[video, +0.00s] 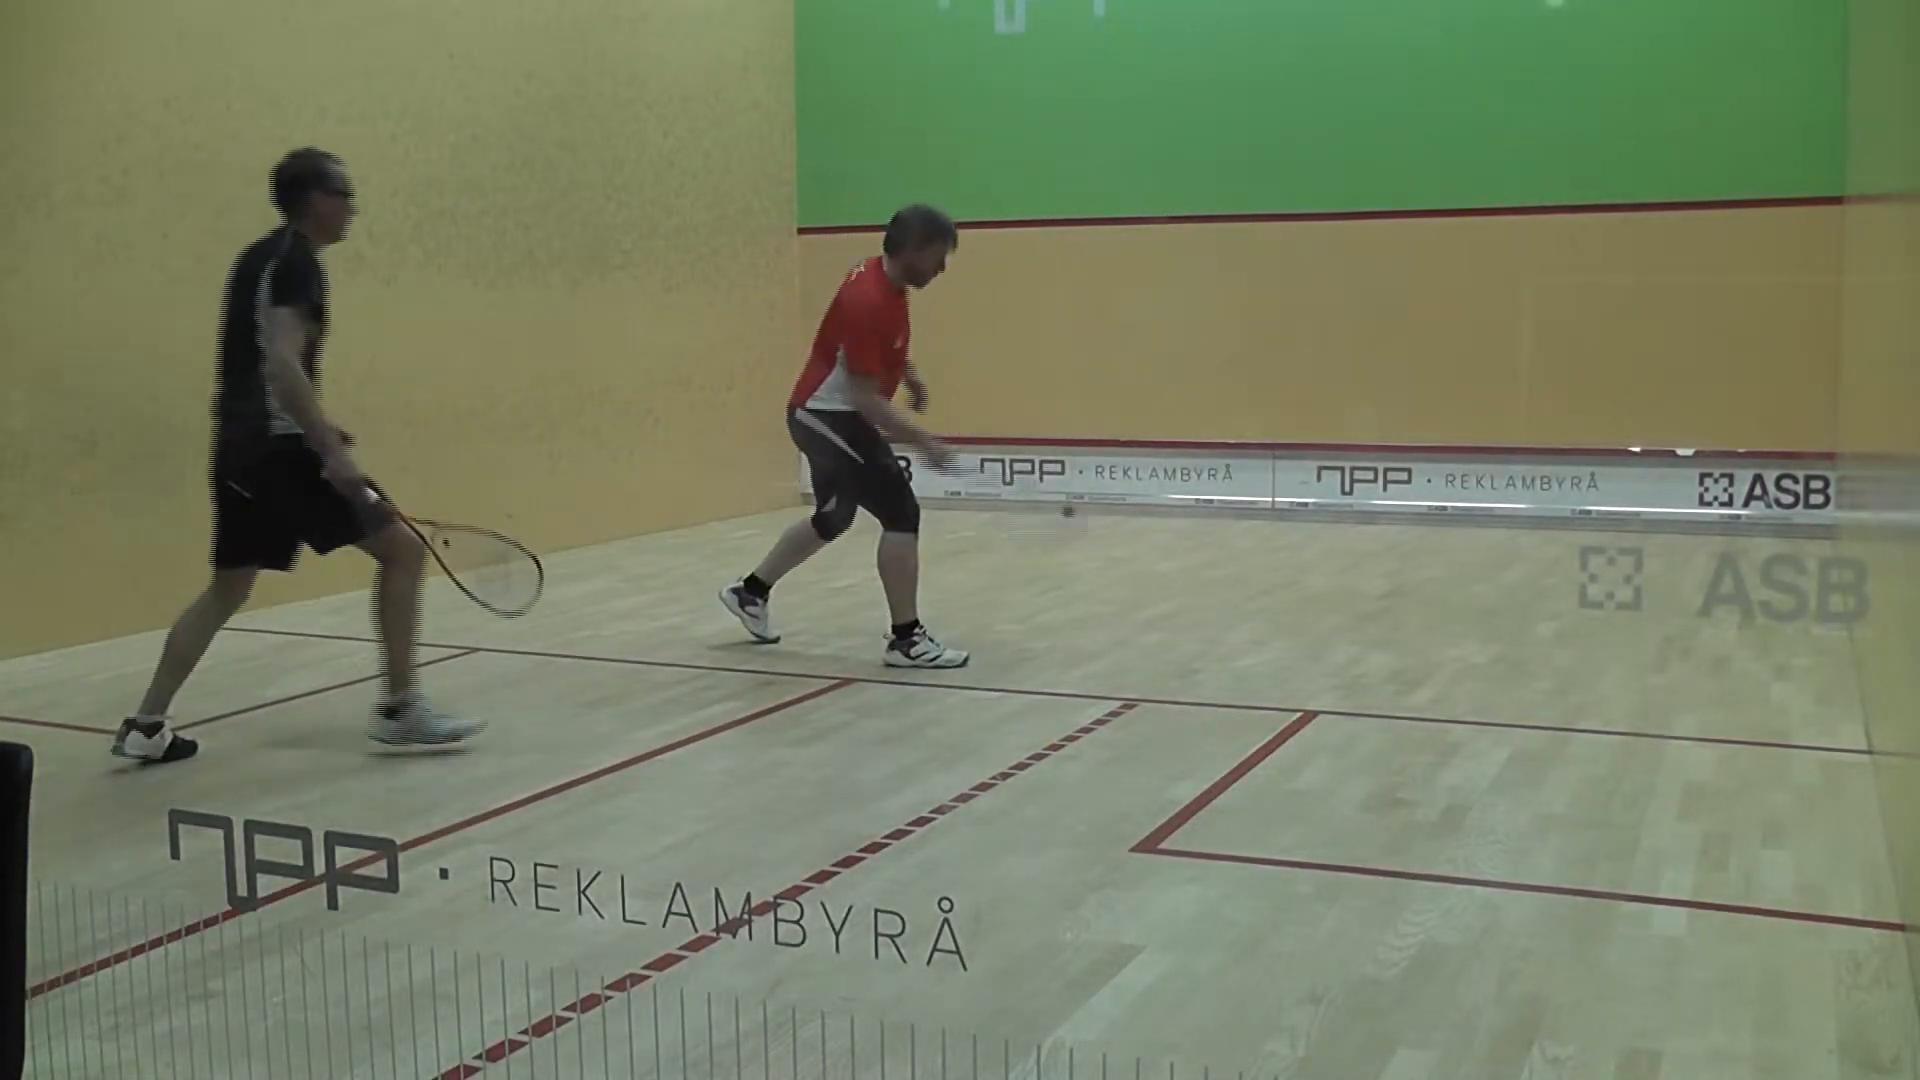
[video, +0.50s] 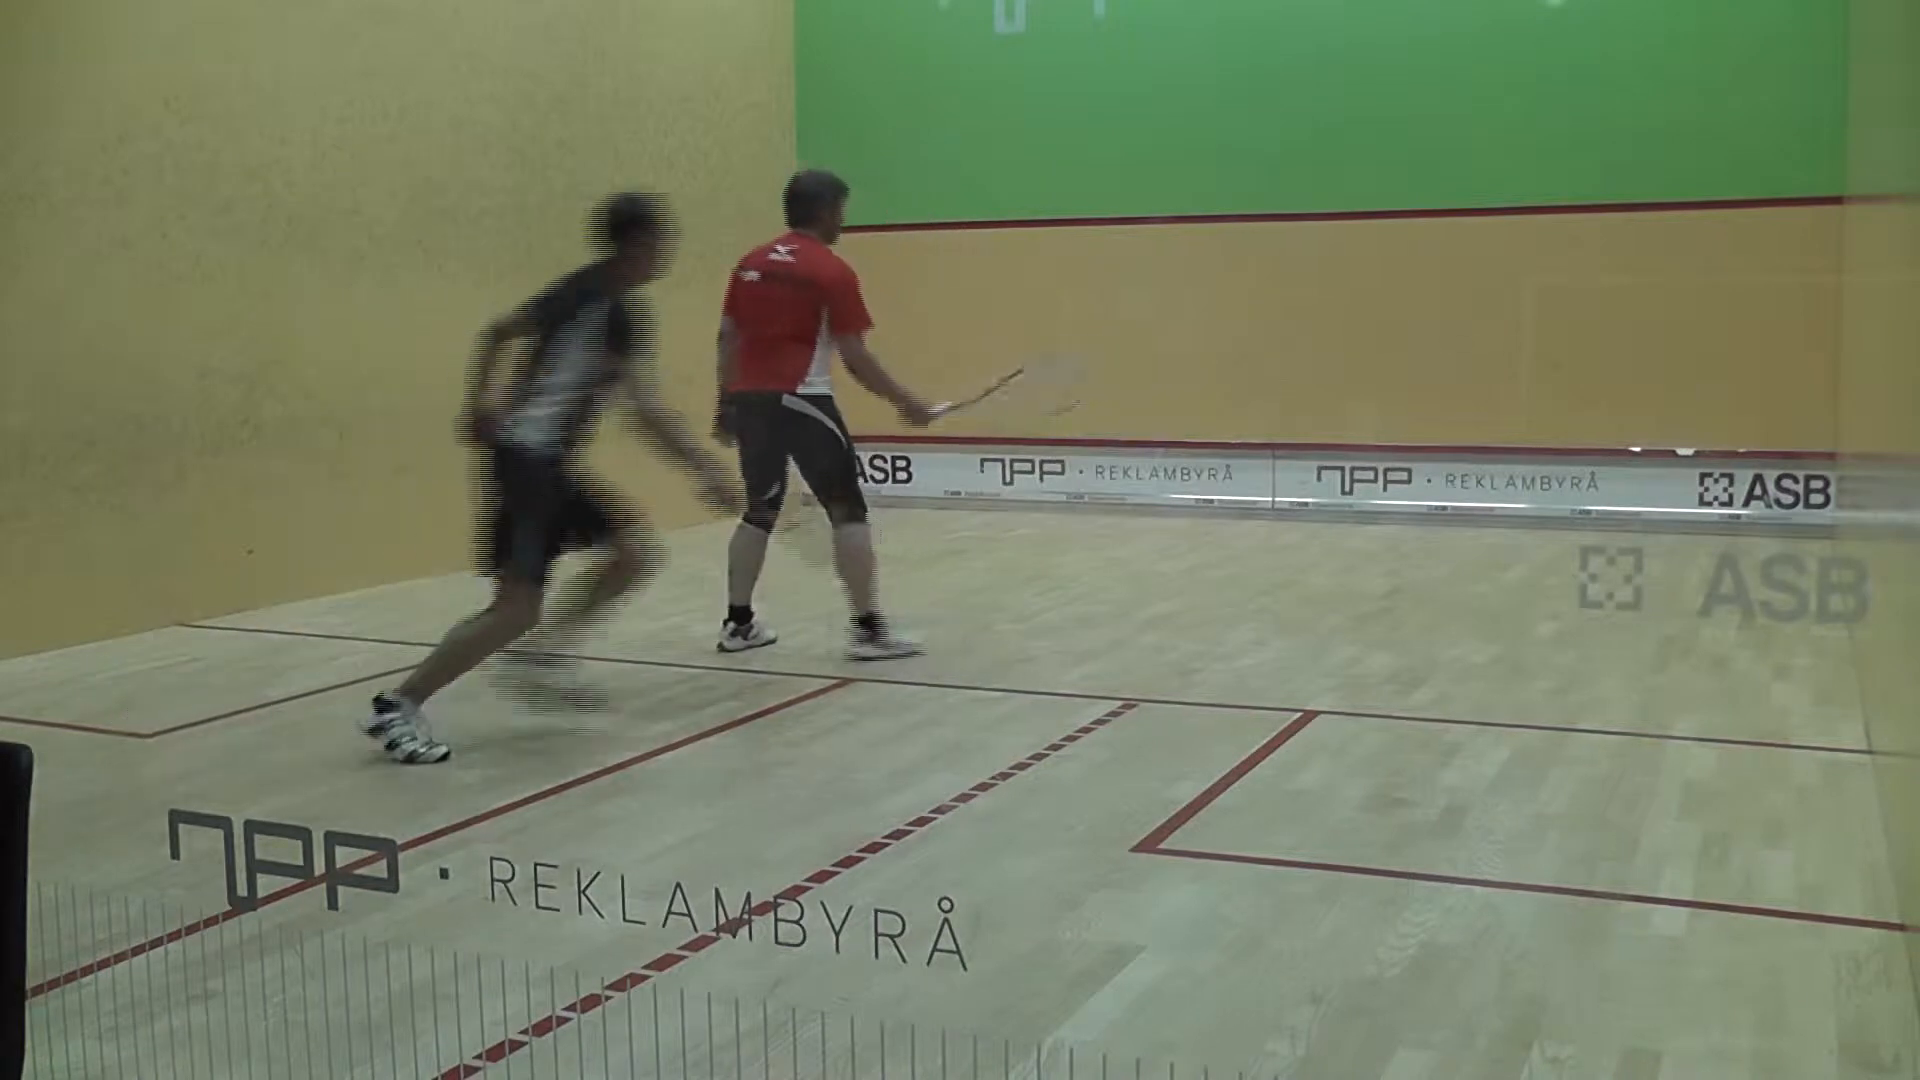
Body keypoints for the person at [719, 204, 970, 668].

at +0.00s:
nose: (942, 268)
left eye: (945, 259)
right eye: (938, 258)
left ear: (905, 251)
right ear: (909, 251)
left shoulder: (883, 280)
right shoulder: (868, 301)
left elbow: (879, 341)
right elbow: (864, 398)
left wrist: (907, 375)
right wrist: (921, 439)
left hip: (831, 411)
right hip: (829, 417)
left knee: (834, 515)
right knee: (901, 513)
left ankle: (751, 591)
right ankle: (906, 636)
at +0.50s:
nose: (843, 219)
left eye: (842, 209)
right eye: (840, 210)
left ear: (793, 211)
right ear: (824, 213)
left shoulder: (753, 261)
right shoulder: (831, 270)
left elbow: (727, 335)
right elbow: (856, 356)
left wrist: (726, 398)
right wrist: (905, 400)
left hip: (747, 400)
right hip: (804, 401)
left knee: (760, 506)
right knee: (846, 508)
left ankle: (737, 622)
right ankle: (868, 627)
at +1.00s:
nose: (812, 215)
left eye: (812, 205)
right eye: (809, 205)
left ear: (762, 205)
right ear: (791, 206)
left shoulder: (725, 257)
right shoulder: (801, 260)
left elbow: (715, 338)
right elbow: (826, 346)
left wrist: (741, 382)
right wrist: (849, 408)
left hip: (733, 400)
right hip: (786, 398)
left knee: (742, 506)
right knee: (821, 504)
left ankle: (735, 623)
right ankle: (817, 626)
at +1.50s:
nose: (850, 221)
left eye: (850, 211)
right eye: (847, 211)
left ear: (798, 208)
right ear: (825, 209)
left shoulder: (755, 260)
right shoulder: (836, 266)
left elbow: (726, 338)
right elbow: (865, 353)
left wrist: (719, 402)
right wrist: (884, 412)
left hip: (755, 406)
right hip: (813, 406)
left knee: (754, 512)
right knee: (848, 517)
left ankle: (738, 625)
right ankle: (841, 643)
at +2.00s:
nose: (826, 218)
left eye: (825, 208)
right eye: (824, 208)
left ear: (771, 212)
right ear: (813, 211)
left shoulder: (743, 259)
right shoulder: (812, 265)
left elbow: (715, 337)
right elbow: (836, 348)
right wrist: (862, 413)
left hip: (719, 410)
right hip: (775, 410)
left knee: (727, 523)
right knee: (834, 516)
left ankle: (692, 646)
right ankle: (842, 644)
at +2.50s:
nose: (769, 216)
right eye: (771, 209)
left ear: (721, 209)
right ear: (769, 214)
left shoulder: (691, 243)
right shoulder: (783, 273)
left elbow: (664, 289)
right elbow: (825, 350)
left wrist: (650, 359)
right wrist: (862, 386)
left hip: (699, 403)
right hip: (766, 403)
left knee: (679, 533)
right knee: (770, 533)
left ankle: (665, 664)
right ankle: (781, 660)